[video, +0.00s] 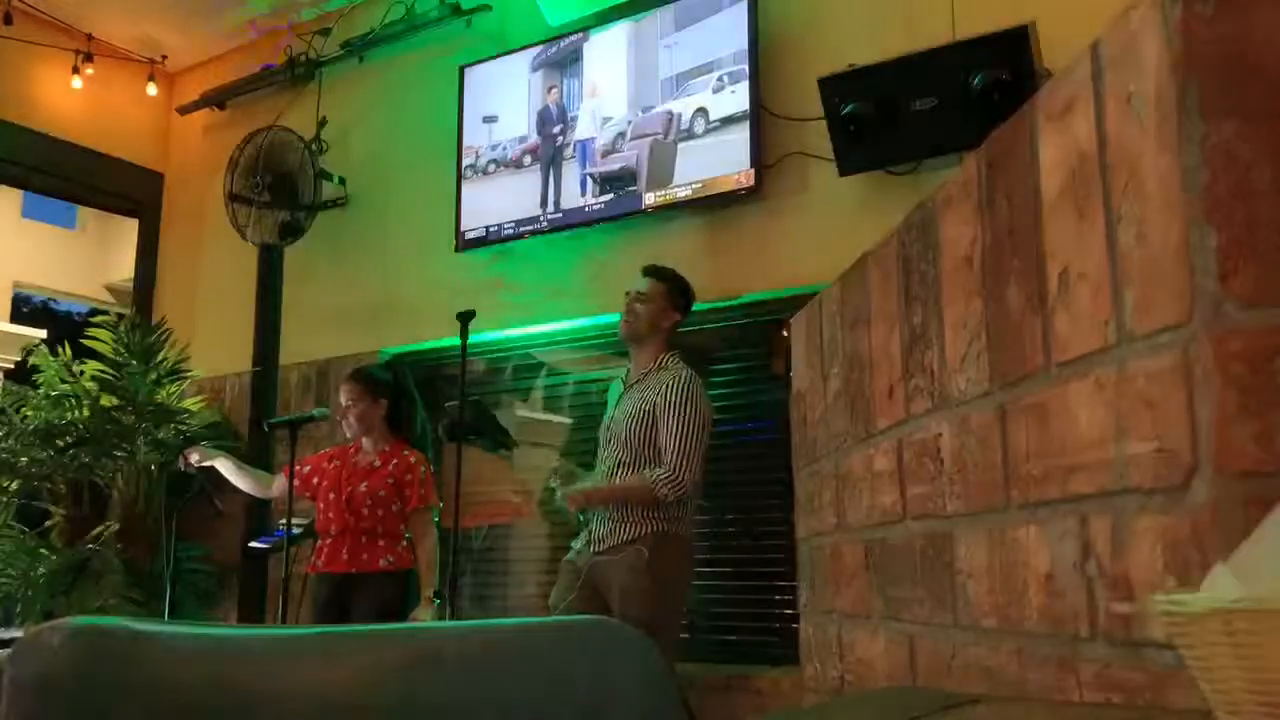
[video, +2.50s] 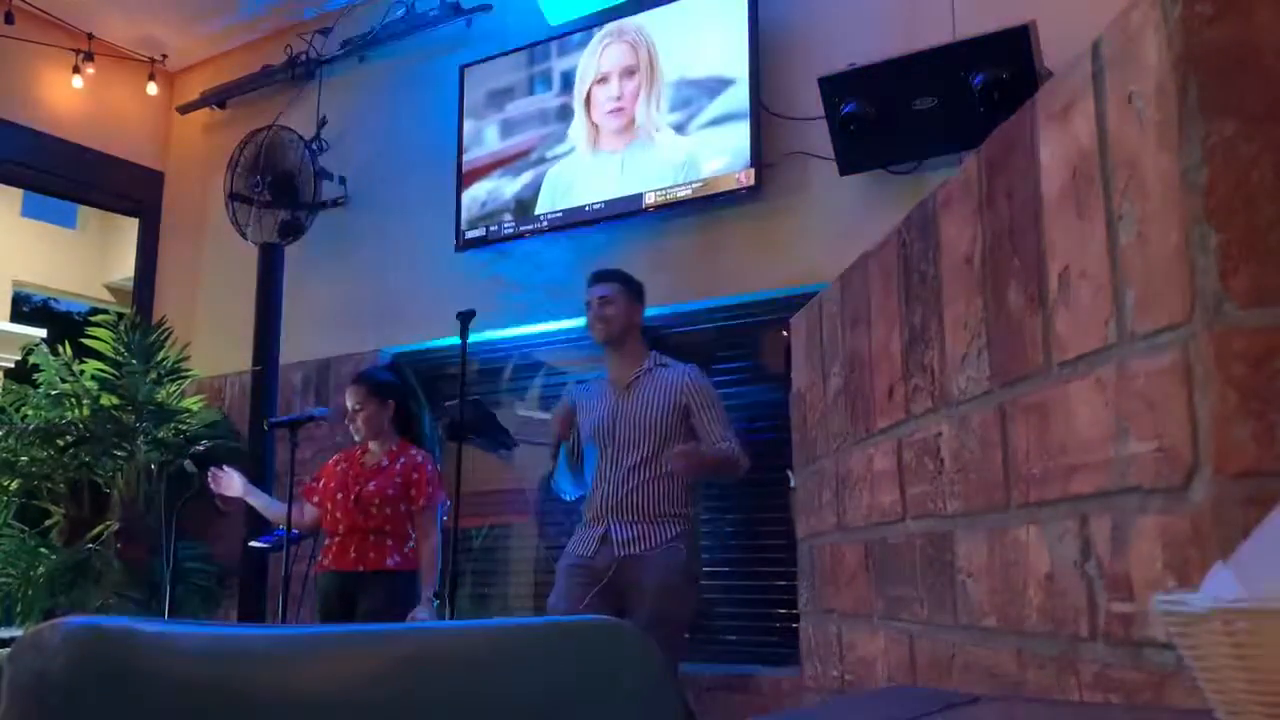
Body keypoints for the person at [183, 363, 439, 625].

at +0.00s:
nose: (342, 413)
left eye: (351, 404)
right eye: (341, 406)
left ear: (381, 406)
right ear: (339, 410)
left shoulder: (409, 463)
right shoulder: (328, 461)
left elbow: (424, 534)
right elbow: (268, 487)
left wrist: (428, 599)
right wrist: (216, 459)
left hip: (384, 583)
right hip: (330, 582)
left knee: (375, 675)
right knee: (326, 673)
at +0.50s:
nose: (351, 413)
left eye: (361, 405)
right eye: (350, 405)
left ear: (391, 407)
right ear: (348, 406)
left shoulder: (415, 464)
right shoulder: (335, 461)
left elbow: (429, 537)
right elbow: (274, 495)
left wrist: (431, 602)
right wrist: (222, 463)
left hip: (386, 584)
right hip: (330, 583)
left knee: (376, 679)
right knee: (322, 675)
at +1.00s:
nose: (355, 411)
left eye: (365, 402)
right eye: (354, 403)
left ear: (396, 405)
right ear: (354, 403)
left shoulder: (418, 464)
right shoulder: (340, 458)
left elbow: (432, 539)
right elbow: (303, 512)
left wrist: (438, 607)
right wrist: (240, 489)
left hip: (392, 589)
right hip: (335, 588)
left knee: (387, 688)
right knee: (327, 686)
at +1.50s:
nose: (352, 414)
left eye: (361, 405)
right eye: (352, 406)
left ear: (391, 406)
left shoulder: (415, 463)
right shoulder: (349, 459)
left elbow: (421, 541)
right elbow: (308, 513)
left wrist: (409, 604)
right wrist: (246, 491)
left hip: (384, 586)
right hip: (335, 583)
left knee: (374, 680)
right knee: (324, 676)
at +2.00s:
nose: (348, 417)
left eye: (357, 408)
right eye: (347, 410)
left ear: (387, 408)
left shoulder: (413, 464)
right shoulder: (342, 463)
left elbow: (421, 539)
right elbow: (304, 517)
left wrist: (415, 601)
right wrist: (244, 492)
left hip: (385, 583)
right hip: (334, 582)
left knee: (371, 677)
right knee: (329, 675)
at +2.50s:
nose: (349, 419)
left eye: (358, 410)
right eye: (348, 412)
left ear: (388, 408)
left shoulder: (417, 464)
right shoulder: (340, 464)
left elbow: (428, 536)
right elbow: (302, 517)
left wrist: (427, 601)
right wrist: (246, 491)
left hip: (389, 582)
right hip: (335, 582)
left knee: (383, 680)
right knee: (333, 679)